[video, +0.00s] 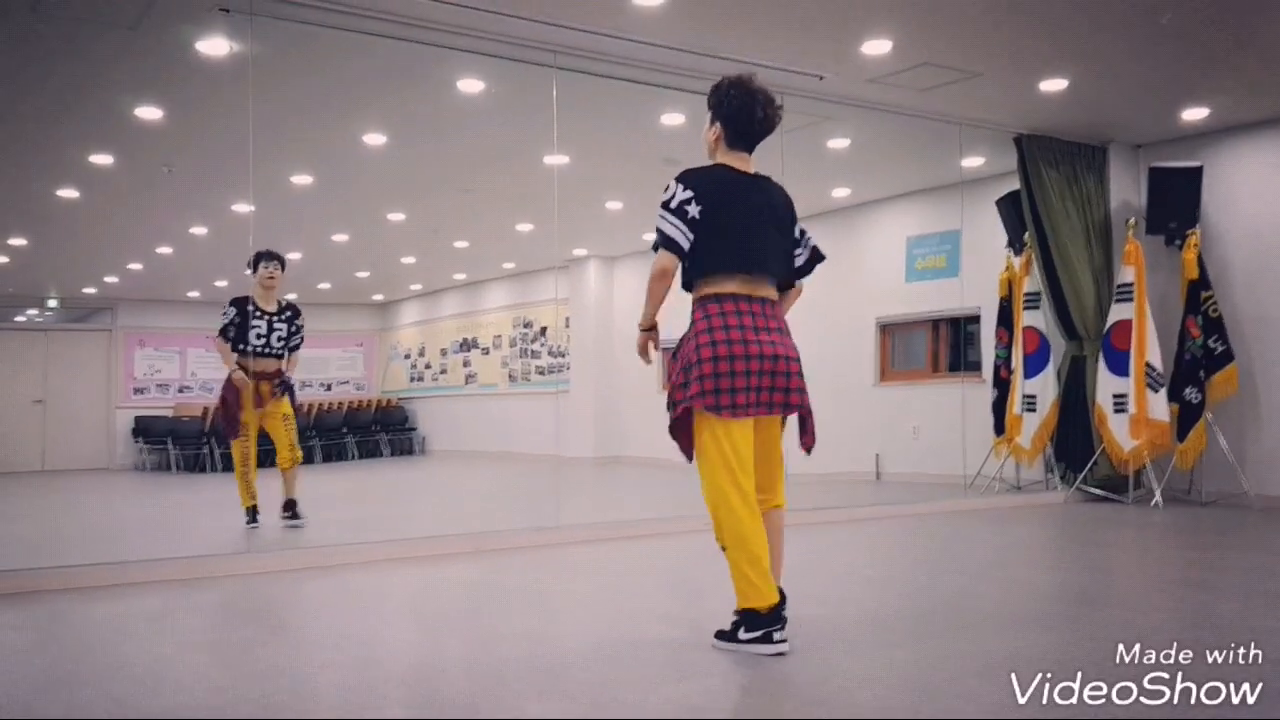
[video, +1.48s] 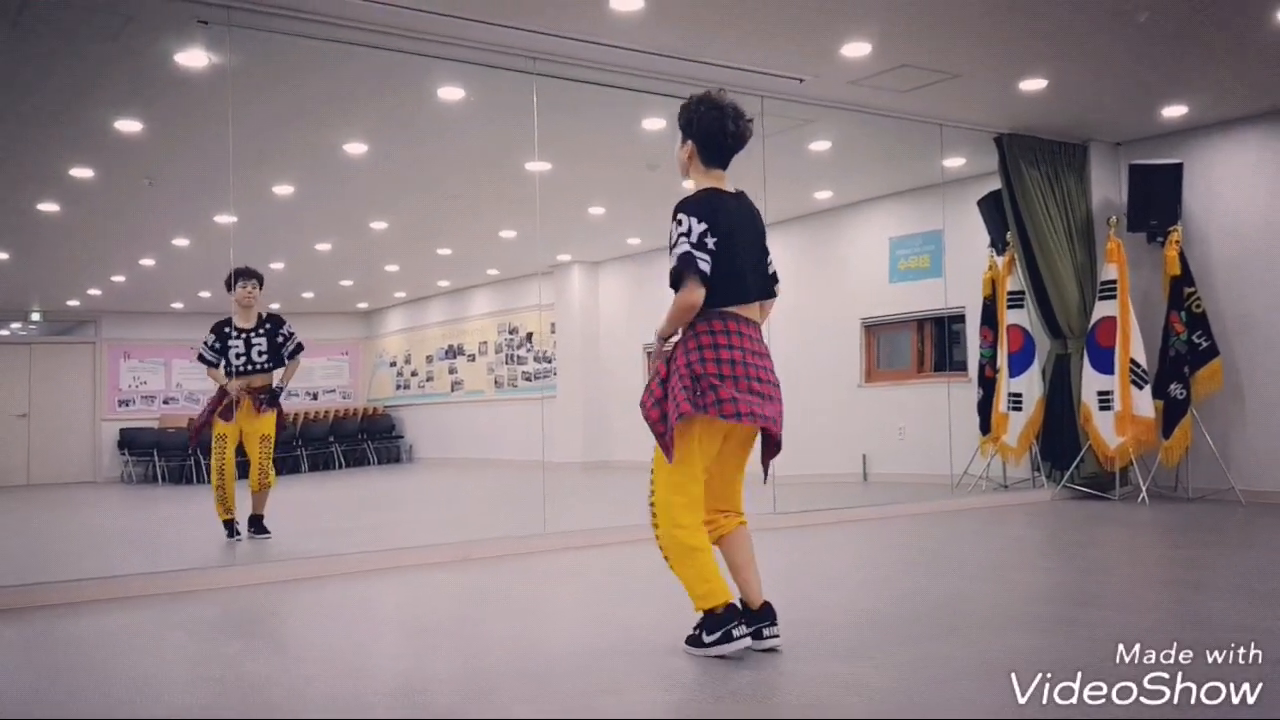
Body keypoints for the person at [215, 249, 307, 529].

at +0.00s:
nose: (271, 272)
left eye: (276, 269)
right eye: (266, 268)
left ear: (282, 276)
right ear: (254, 273)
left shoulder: (291, 312)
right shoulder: (239, 305)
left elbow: (294, 351)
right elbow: (222, 340)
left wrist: (287, 375)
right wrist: (233, 370)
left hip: (276, 385)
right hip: (243, 384)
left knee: (289, 446)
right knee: (244, 449)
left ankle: (290, 504)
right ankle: (250, 507)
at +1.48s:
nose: (248, 292)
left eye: (253, 288)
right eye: (242, 287)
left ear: (260, 293)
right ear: (232, 293)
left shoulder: (274, 324)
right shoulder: (221, 329)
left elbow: (294, 356)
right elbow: (208, 364)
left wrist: (279, 389)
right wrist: (226, 382)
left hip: (262, 401)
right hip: (228, 403)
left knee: (262, 464)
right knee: (222, 464)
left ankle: (257, 519)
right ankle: (228, 521)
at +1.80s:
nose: (234, 290)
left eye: (235, 284)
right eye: (227, 284)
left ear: (237, 288)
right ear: (210, 290)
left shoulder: (244, 323)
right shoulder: (193, 324)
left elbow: (259, 358)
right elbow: (181, 365)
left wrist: (251, 385)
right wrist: (196, 397)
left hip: (241, 395)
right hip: (208, 395)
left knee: (239, 462)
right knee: (202, 463)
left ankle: (228, 520)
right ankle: (200, 520)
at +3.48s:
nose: (242, 261)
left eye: (247, 256)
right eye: (236, 256)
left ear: (253, 260)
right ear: (225, 260)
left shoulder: (260, 295)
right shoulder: (213, 289)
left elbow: (263, 336)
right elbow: (197, 325)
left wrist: (258, 360)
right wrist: (209, 360)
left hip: (247, 366)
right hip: (218, 365)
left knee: (260, 433)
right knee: (218, 434)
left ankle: (247, 489)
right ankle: (218, 493)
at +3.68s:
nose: (263, 248)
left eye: (267, 244)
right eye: (256, 244)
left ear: (274, 250)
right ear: (247, 251)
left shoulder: (288, 284)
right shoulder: (235, 284)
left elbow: (302, 319)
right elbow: (212, 316)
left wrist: (286, 346)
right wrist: (238, 334)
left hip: (271, 362)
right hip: (236, 361)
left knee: (274, 429)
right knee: (236, 426)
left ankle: (268, 477)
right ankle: (240, 479)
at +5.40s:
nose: (254, 264)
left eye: (258, 261)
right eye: (248, 260)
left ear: (264, 268)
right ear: (236, 267)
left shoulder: (268, 302)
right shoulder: (224, 299)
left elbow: (276, 341)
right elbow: (200, 333)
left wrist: (276, 364)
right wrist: (216, 371)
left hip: (270, 374)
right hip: (241, 375)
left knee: (269, 443)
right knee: (249, 444)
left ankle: (259, 495)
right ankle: (232, 496)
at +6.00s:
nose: (255, 265)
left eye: (259, 261)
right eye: (248, 261)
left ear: (264, 268)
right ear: (236, 269)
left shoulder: (277, 302)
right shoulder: (224, 302)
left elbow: (287, 338)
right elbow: (204, 335)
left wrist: (275, 363)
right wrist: (228, 350)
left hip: (258, 380)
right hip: (225, 379)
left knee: (266, 447)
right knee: (226, 446)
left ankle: (259, 495)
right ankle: (230, 499)